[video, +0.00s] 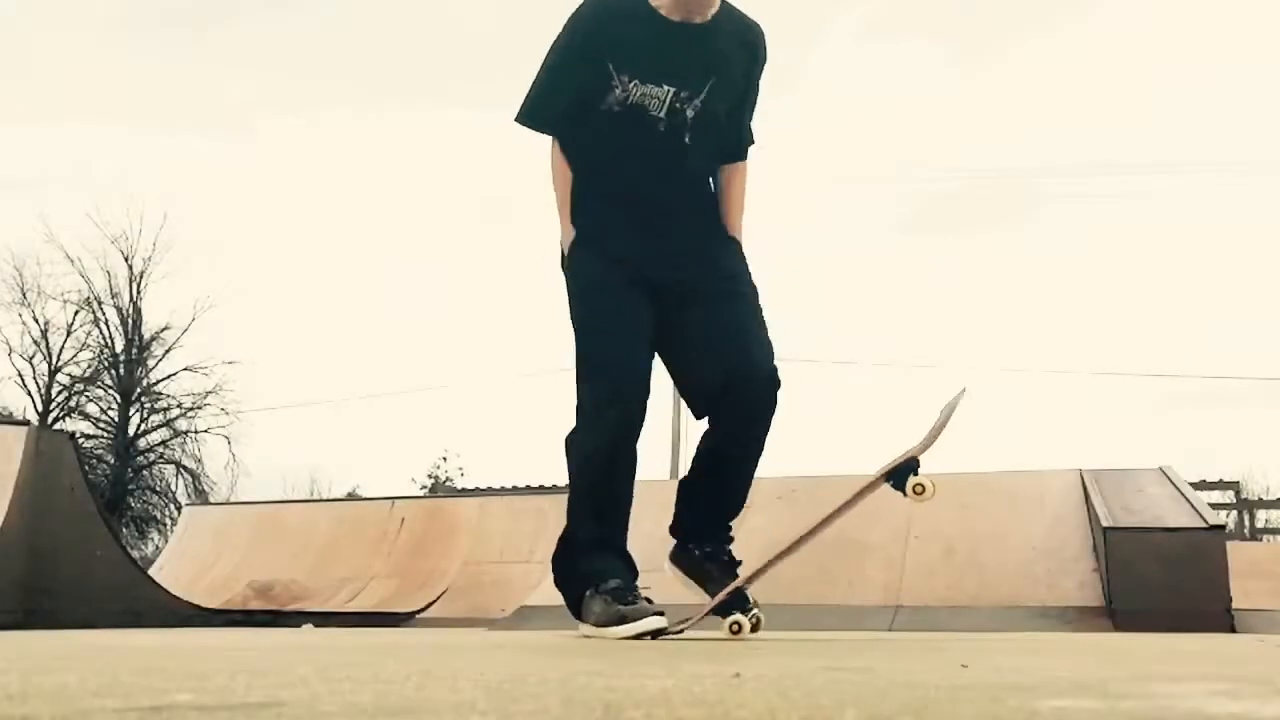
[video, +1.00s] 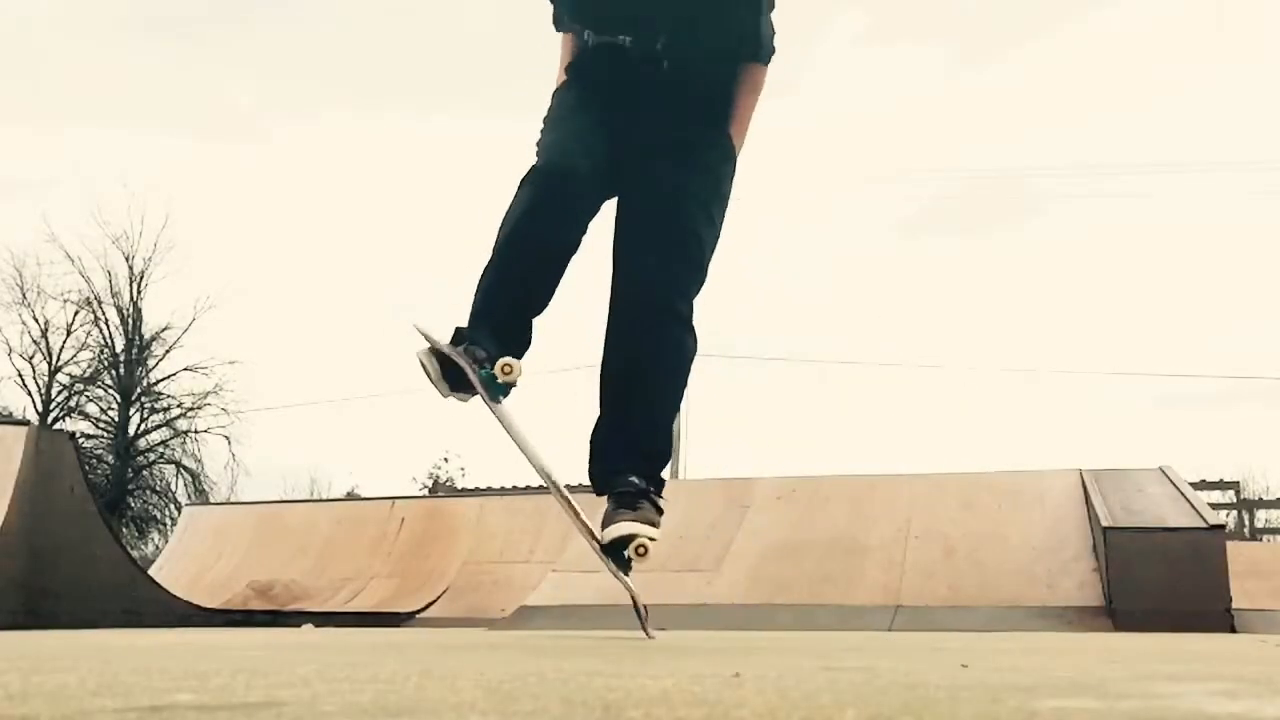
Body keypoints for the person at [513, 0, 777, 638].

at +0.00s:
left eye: (715, 1)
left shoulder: (742, 38)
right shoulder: (601, 18)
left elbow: (733, 153)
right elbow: (565, 137)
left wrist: (730, 248)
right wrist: (571, 235)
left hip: (699, 246)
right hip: (607, 245)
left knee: (750, 385)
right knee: (614, 406)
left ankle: (702, 536)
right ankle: (596, 577)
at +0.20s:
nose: (712, 0)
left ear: (720, 1)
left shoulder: (724, 51)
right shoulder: (595, 20)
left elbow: (694, 165)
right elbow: (532, 136)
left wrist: (715, 249)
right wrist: (555, 250)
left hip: (683, 254)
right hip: (594, 257)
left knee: (753, 390)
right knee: (615, 408)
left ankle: (754, 550)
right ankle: (597, 581)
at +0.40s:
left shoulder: (744, 6)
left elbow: (738, 64)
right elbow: (560, 34)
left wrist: (727, 154)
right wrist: (554, 125)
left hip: (692, 140)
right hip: (595, 129)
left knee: (682, 296)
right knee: (606, 277)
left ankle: (653, 478)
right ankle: (569, 468)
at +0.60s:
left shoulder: (774, 6)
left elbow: (769, 48)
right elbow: (584, 17)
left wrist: (731, 137)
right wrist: (565, 84)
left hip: (697, 98)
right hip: (601, 74)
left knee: (657, 290)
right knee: (558, 172)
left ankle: (630, 480)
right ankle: (464, 335)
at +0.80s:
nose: (638, 13)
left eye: (646, 12)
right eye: (629, 13)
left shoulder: (755, 13)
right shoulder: (597, 5)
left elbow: (768, 66)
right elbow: (584, 36)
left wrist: (729, 157)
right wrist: (568, 99)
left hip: (695, 108)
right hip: (602, 86)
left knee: (654, 287)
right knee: (551, 190)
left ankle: (630, 483)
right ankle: (473, 353)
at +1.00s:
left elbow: (756, 43)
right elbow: (571, 22)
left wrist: (731, 141)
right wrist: (567, 86)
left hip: (698, 83)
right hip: (603, 66)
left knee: (659, 292)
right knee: (559, 179)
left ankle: (633, 481)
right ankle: (488, 345)